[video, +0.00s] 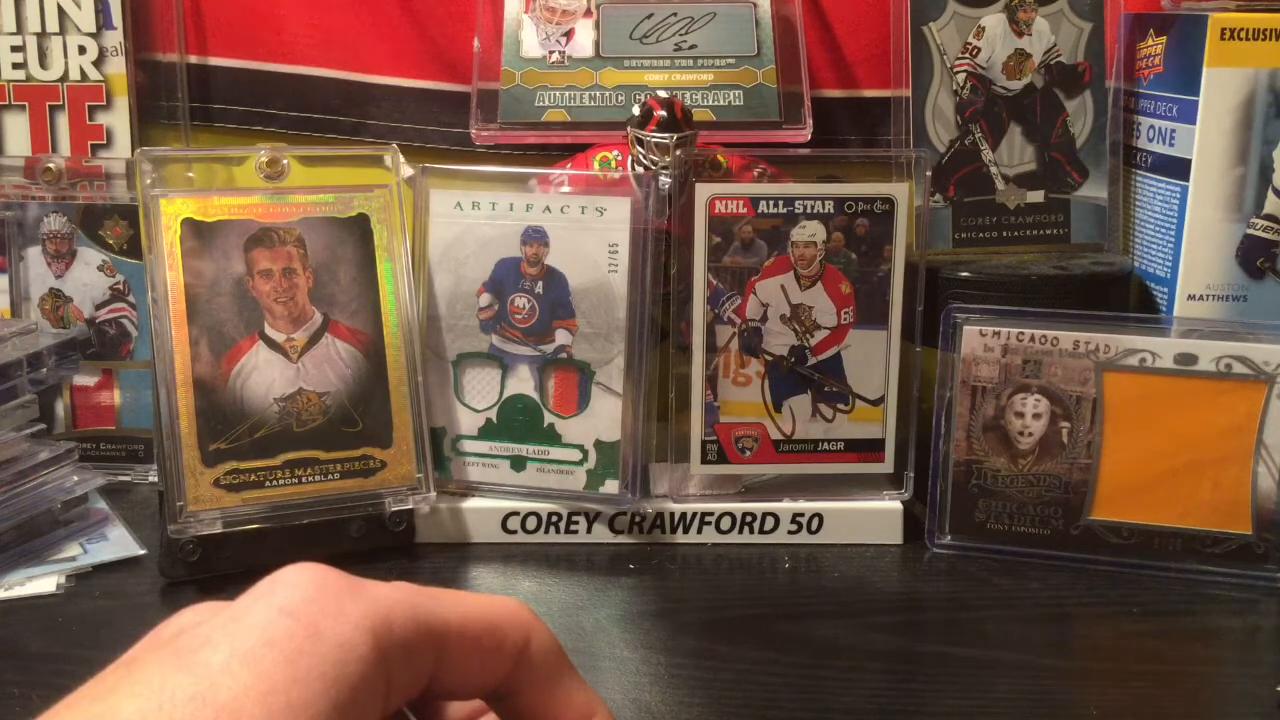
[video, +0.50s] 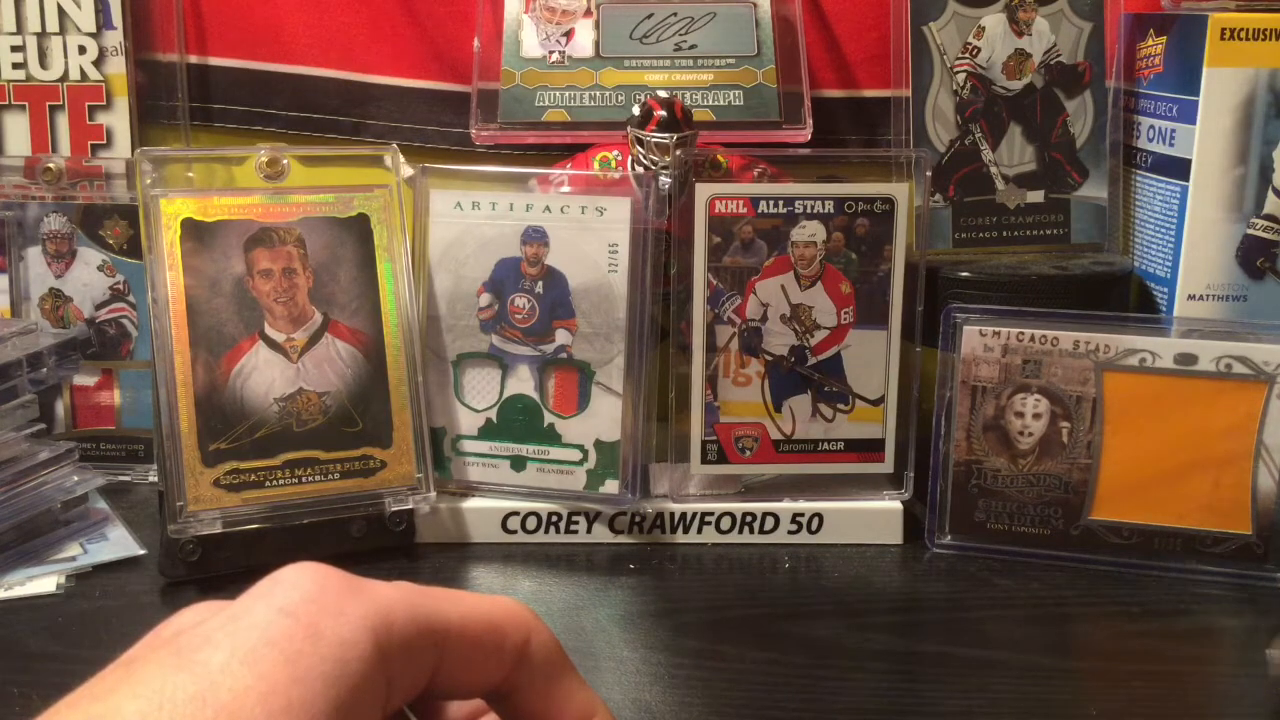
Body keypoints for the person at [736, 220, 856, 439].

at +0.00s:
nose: (801, 253)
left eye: (807, 247)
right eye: (796, 247)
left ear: (821, 249)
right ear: (790, 249)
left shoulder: (838, 284)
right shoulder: (773, 272)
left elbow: (843, 330)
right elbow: (754, 294)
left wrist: (810, 352)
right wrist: (751, 326)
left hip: (823, 354)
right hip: (780, 353)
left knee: (833, 413)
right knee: (799, 409)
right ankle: (790, 469)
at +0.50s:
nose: (801, 253)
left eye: (807, 247)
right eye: (796, 247)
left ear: (821, 249)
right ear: (790, 249)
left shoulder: (838, 285)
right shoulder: (773, 271)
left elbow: (843, 330)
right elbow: (754, 292)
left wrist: (810, 352)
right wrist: (751, 326)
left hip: (823, 353)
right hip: (780, 353)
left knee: (832, 412)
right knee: (799, 409)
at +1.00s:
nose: (801, 253)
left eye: (807, 247)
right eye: (796, 247)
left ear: (821, 249)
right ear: (790, 248)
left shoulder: (838, 285)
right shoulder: (773, 271)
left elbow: (843, 329)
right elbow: (754, 293)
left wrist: (810, 352)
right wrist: (750, 326)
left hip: (823, 353)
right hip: (780, 353)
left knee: (832, 412)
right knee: (799, 410)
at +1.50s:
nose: (801, 253)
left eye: (807, 247)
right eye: (796, 247)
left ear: (821, 249)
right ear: (790, 248)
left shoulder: (838, 285)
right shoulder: (773, 272)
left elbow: (843, 330)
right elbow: (754, 293)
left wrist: (810, 352)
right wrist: (750, 326)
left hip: (823, 354)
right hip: (781, 354)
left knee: (833, 413)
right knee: (799, 410)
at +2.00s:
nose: (801, 253)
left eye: (808, 247)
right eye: (796, 247)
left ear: (821, 249)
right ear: (790, 249)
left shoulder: (838, 285)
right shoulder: (773, 271)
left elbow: (842, 331)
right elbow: (754, 293)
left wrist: (810, 352)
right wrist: (750, 325)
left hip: (823, 354)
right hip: (780, 353)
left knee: (834, 413)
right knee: (798, 411)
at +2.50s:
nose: (801, 253)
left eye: (808, 247)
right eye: (796, 247)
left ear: (821, 249)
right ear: (790, 249)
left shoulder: (838, 285)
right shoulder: (773, 271)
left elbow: (842, 330)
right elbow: (754, 293)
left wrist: (809, 352)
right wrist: (750, 326)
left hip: (822, 353)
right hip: (779, 353)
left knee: (834, 412)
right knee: (798, 410)